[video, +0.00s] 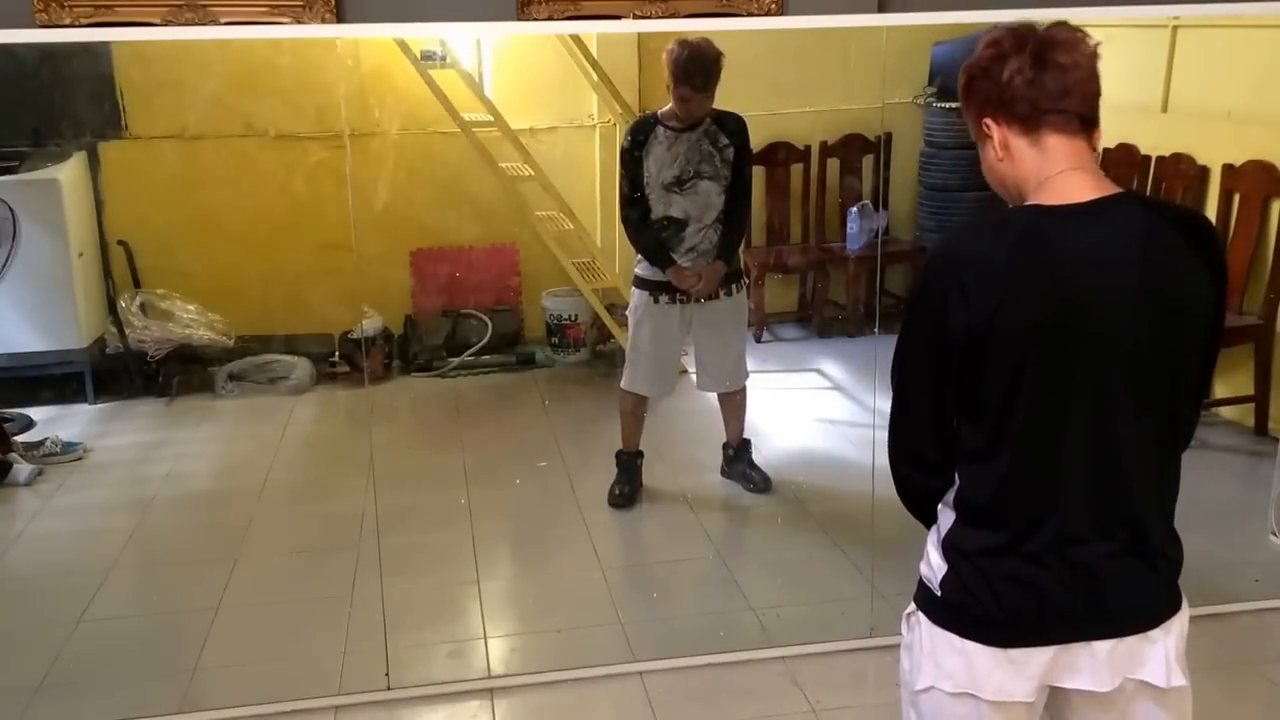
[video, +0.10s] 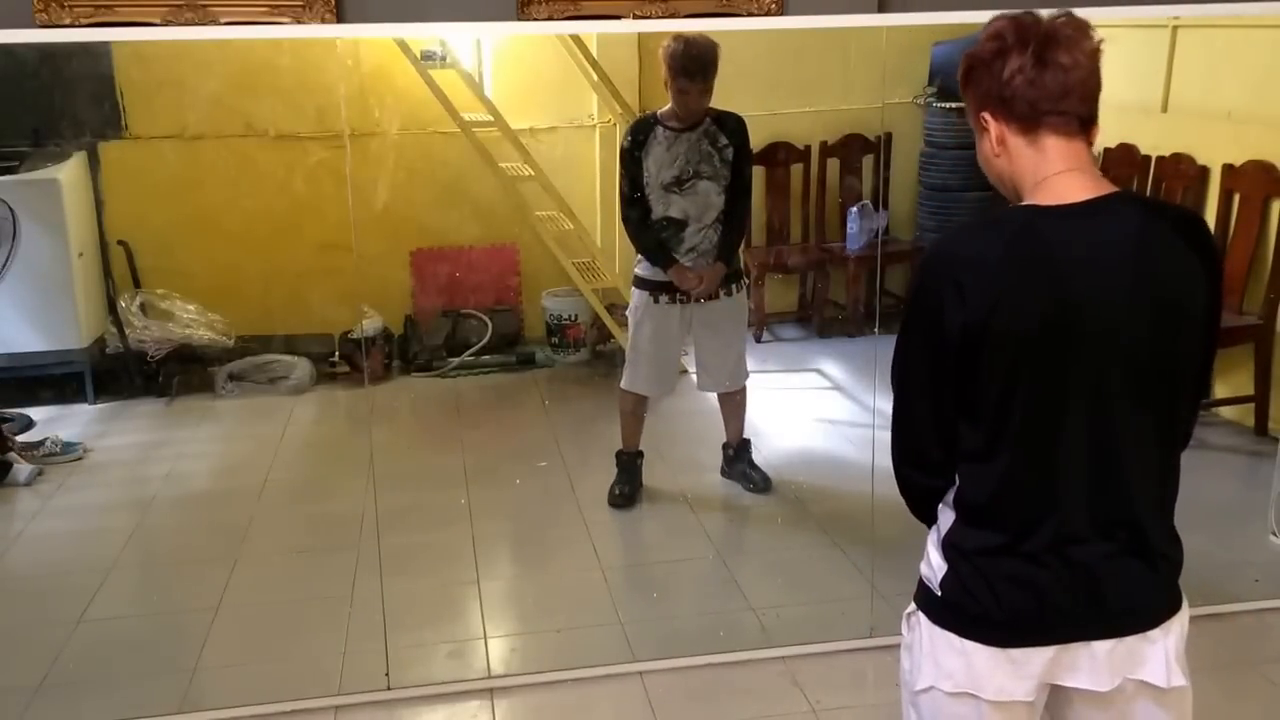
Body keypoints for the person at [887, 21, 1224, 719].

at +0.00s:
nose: (981, 162)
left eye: (976, 142)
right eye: (978, 143)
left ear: (995, 135)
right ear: (1092, 121)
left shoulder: (965, 266)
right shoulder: (1191, 246)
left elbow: (917, 464)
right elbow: (1178, 422)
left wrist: (978, 525)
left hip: (984, 619)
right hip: (1139, 619)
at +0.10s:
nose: (977, 148)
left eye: (973, 130)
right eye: (975, 129)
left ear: (991, 128)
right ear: (1091, 117)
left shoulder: (958, 267)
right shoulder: (1184, 244)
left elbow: (920, 472)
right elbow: (1177, 424)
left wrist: (987, 529)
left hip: (983, 622)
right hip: (1139, 622)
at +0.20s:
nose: (973, 136)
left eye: (970, 120)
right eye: (973, 118)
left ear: (989, 123)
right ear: (1089, 108)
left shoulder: (959, 263)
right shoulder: (1182, 244)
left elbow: (920, 467)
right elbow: (1176, 423)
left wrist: (984, 535)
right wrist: (1110, 514)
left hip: (984, 623)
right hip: (1138, 620)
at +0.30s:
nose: (979, 130)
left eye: (979, 112)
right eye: (981, 111)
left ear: (997, 119)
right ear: (1096, 108)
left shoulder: (960, 264)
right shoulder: (1183, 245)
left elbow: (921, 473)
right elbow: (1175, 423)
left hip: (984, 622)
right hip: (1138, 620)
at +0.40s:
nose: (991, 128)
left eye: (991, 110)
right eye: (991, 110)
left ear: (1009, 118)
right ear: (1106, 113)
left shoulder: (962, 264)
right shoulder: (1186, 246)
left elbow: (919, 468)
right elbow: (1177, 422)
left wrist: (987, 532)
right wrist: (1111, 514)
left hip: (984, 621)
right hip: (1138, 619)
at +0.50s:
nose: (994, 127)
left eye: (993, 109)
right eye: (993, 108)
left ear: (1012, 116)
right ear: (1109, 113)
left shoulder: (962, 263)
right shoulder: (1188, 247)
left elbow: (917, 462)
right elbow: (1176, 424)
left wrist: (983, 537)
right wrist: (1112, 519)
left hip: (984, 621)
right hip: (1138, 618)